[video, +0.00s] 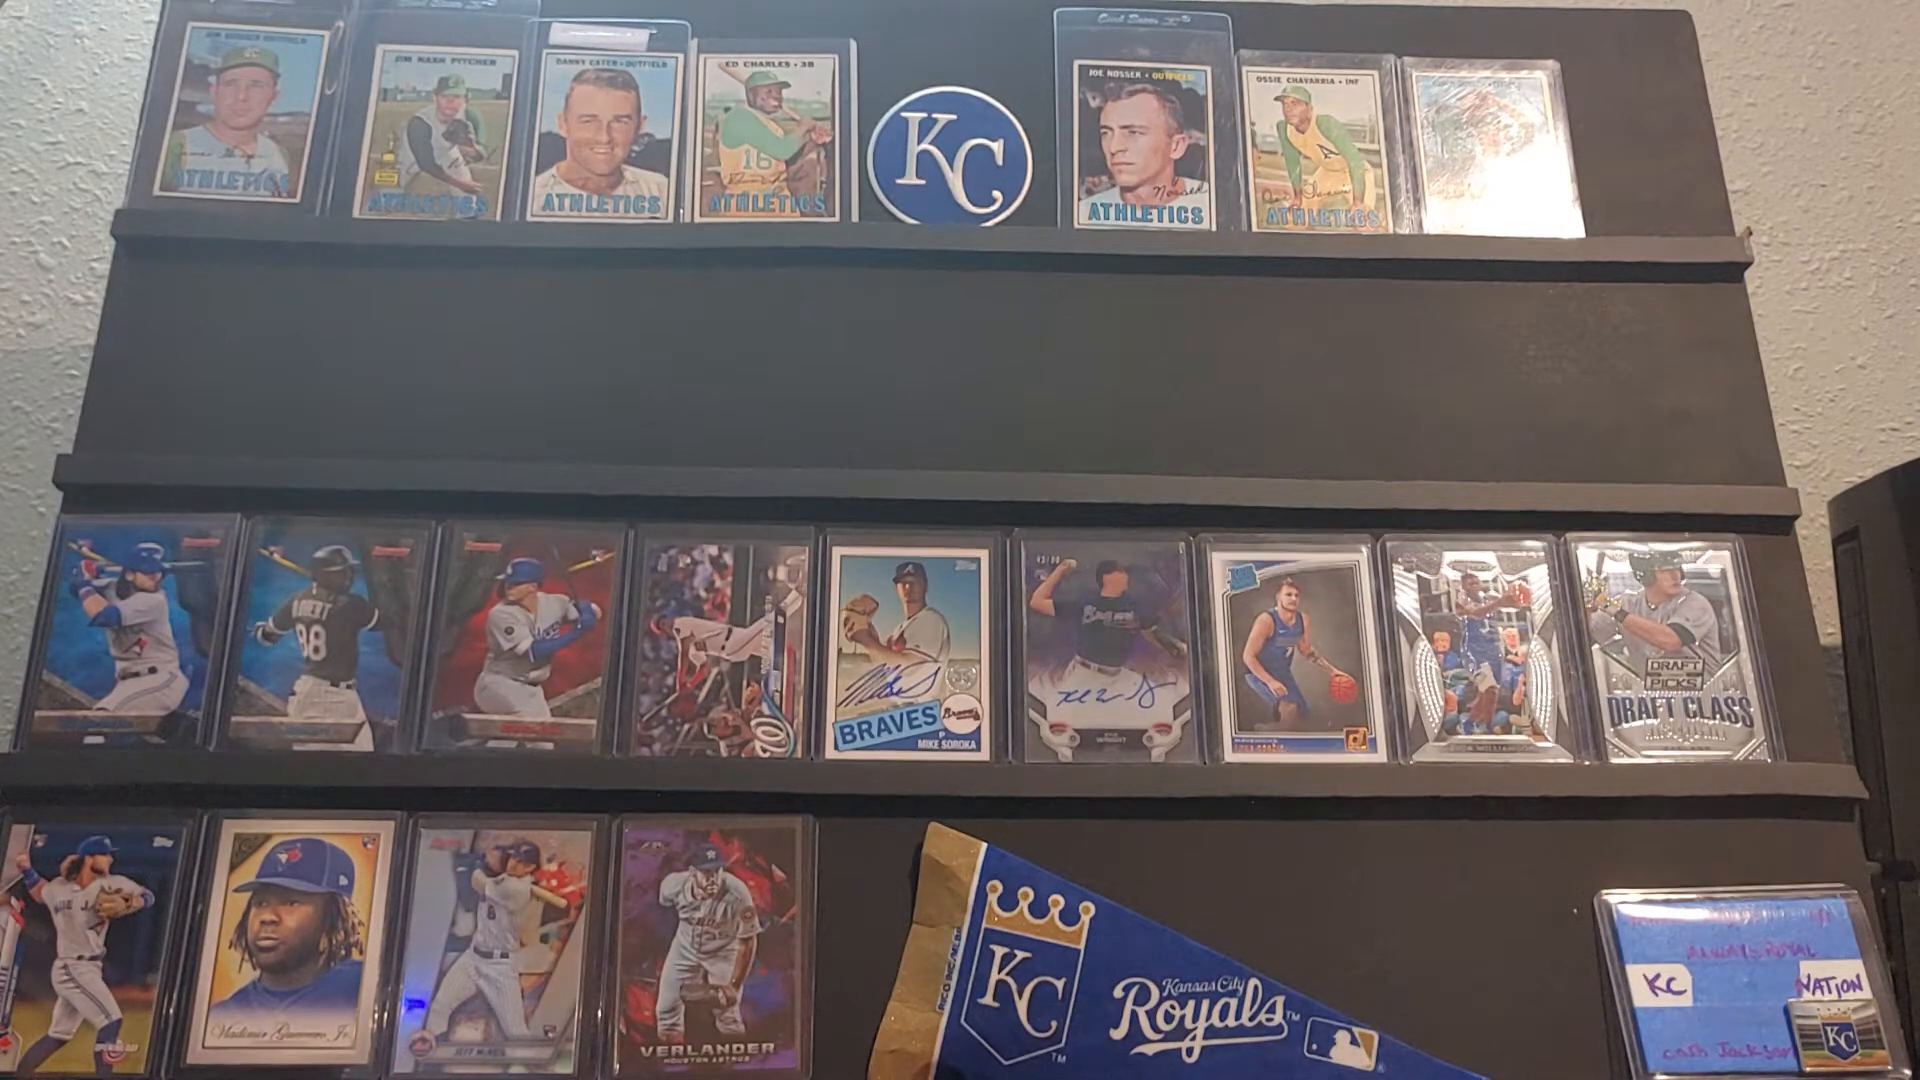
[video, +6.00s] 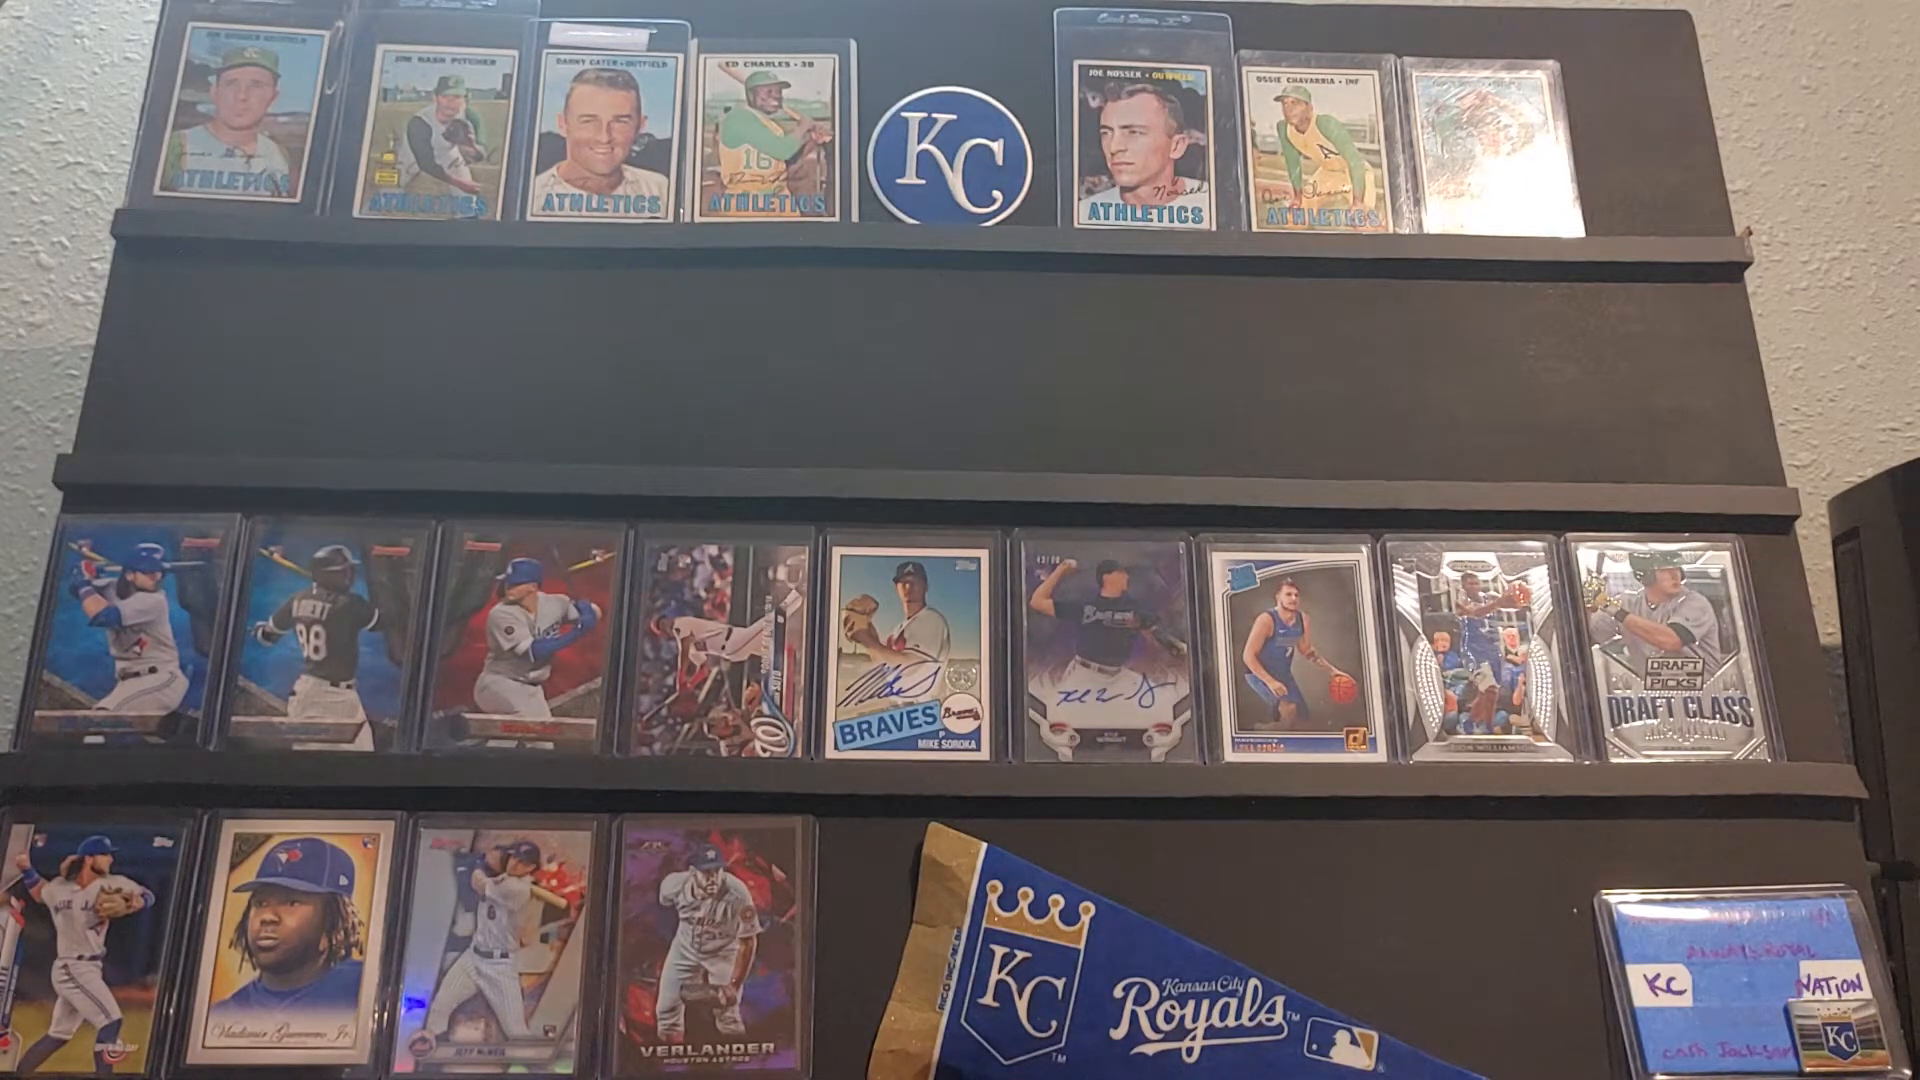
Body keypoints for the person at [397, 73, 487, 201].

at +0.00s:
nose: (451, 101)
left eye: (456, 97)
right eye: (445, 96)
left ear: (464, 100)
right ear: (436, 98)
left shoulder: (468, 116)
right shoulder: (419, 123)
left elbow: (480, 154)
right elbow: (427, 166)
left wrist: (469, 150)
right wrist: (462, 186)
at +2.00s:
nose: (451, 102)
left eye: (456, 97)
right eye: (445, 96)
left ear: (464, 101)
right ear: (436, 98)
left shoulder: (470, 117)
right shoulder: (419, 123)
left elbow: (481, 153)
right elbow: (427, 165)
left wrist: (467, 148)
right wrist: (461, 185)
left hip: (455, 166)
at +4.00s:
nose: (451, 102)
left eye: (457, 97)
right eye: (446, 96)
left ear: (464, 100)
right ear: (436, 98)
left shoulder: (470, 115)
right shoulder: (419, 123)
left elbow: (480, 154)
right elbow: (427, 165)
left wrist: (469, 150)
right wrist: (461, 185)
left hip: (454, 165)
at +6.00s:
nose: (451, 101)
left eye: (456, 97)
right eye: (446, 96)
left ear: (464, 101)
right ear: (436, 98)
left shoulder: (470, 116)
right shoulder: (419, 123)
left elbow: (481, 153)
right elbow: (427, 165)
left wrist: (470, 150)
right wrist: (461, 185)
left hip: (454, 164)